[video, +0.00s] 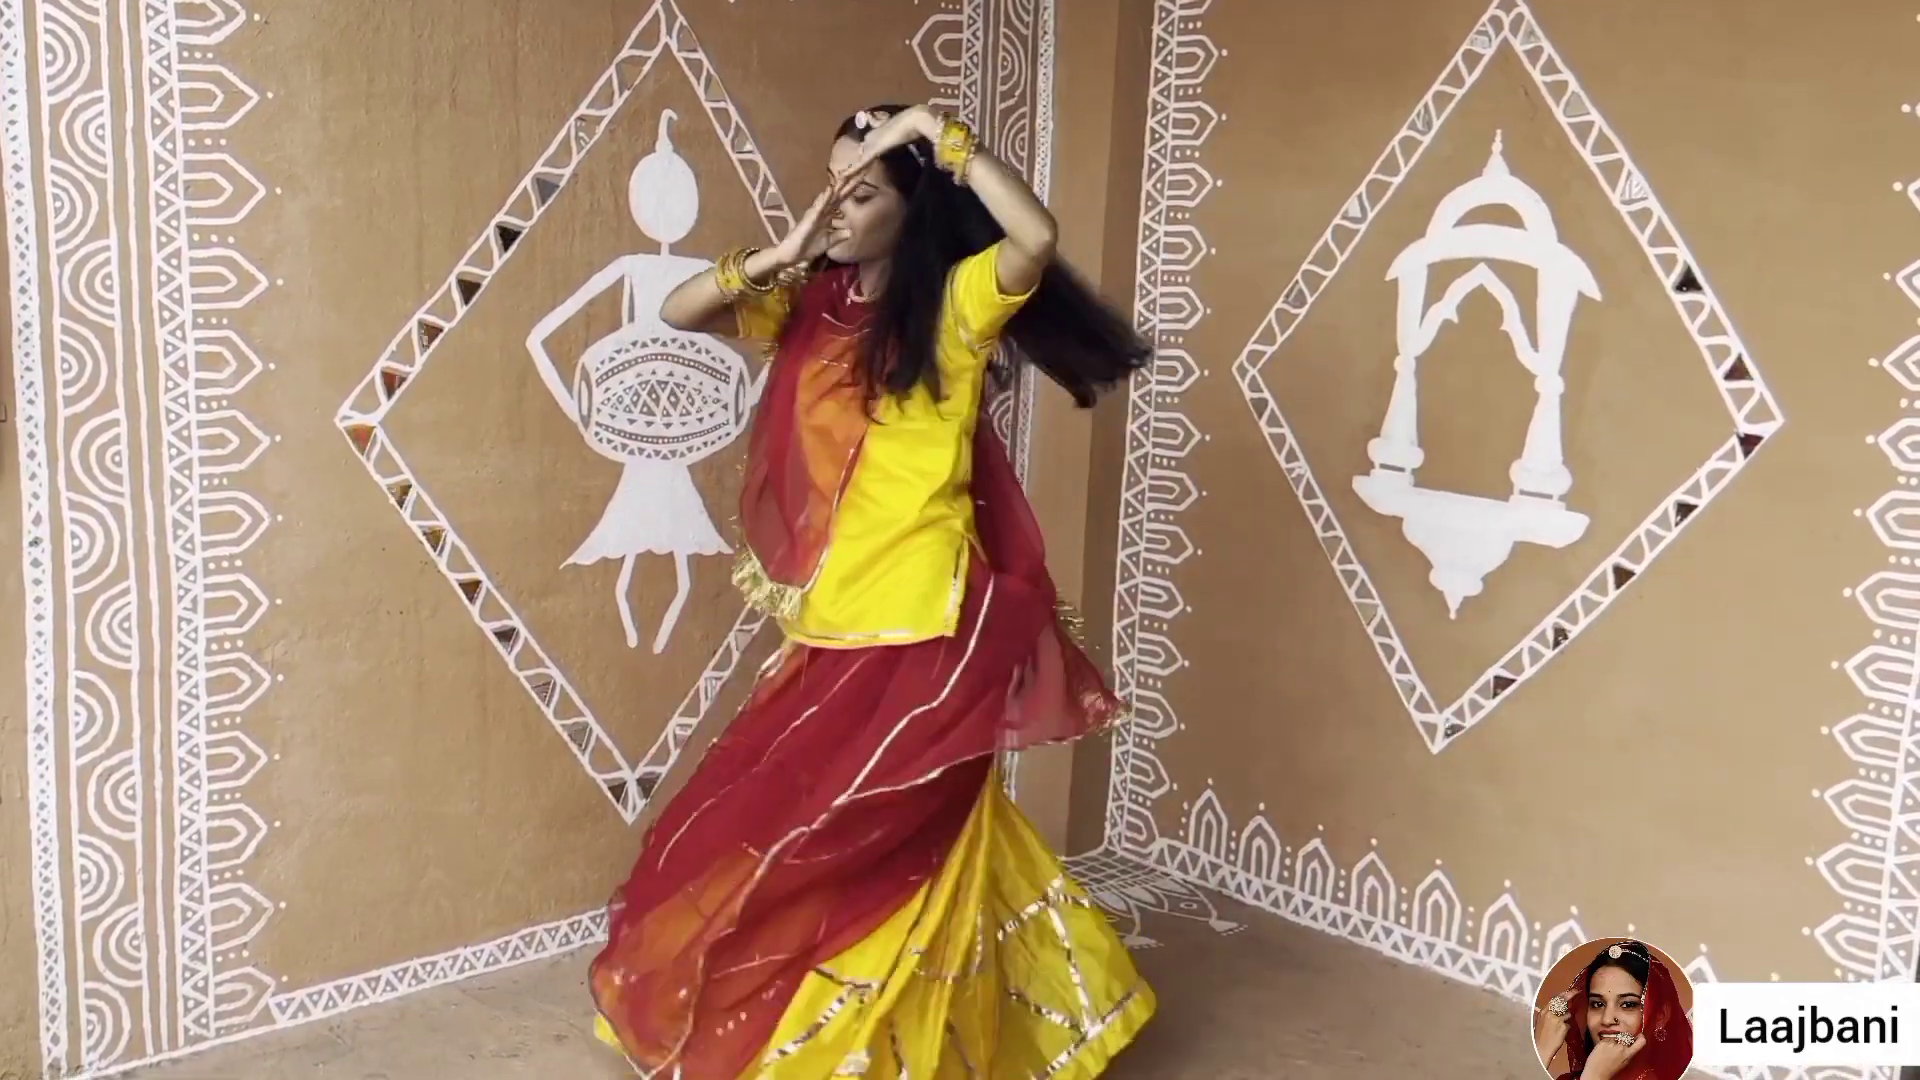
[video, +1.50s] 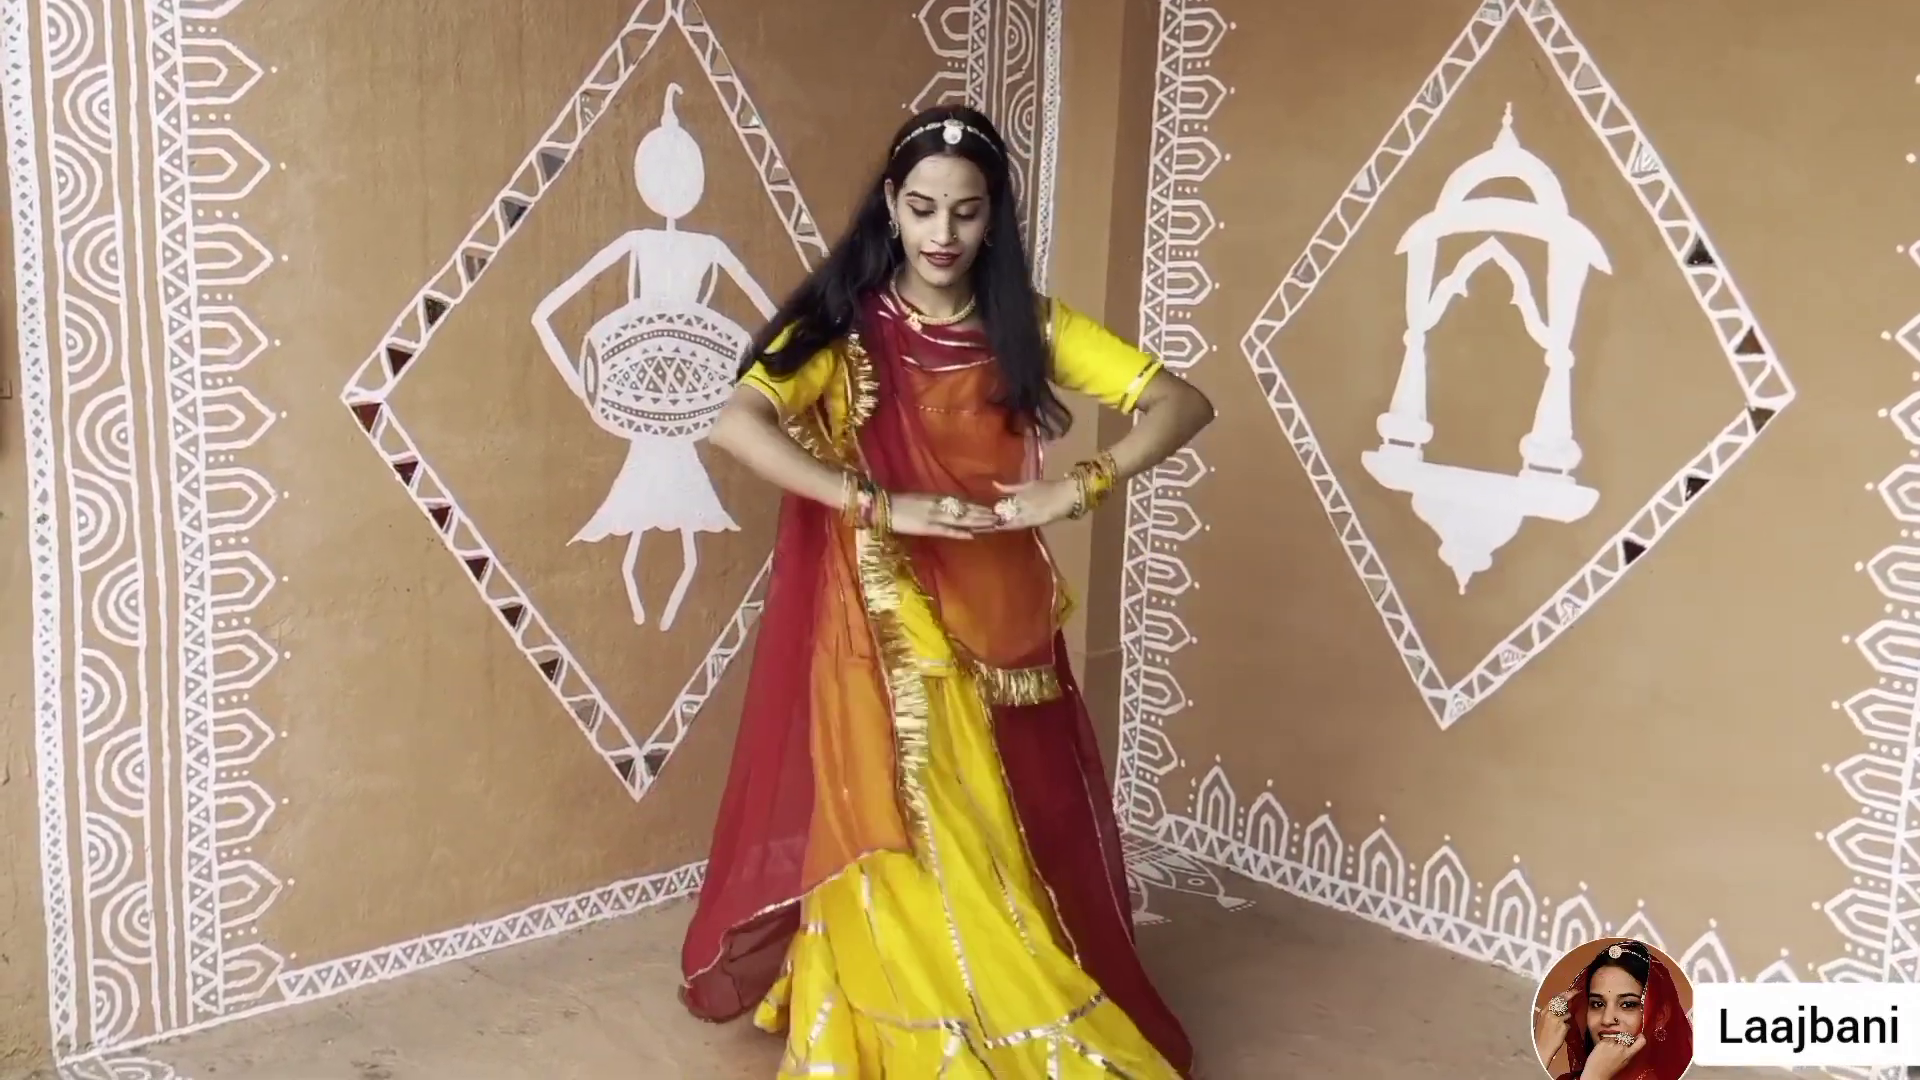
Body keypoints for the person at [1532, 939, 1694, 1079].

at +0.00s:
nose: (1608, 1019)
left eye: (1627, 1005)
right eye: (1597, 1004)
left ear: (1658, 1013)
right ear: (1585, 1011)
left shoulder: (1664, 1076)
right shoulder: (1567, 1078)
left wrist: (1595, 1076)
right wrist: (1538, 1056)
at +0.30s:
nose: (1607, 1019)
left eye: (1627, 1005)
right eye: (1597, 1004)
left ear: (1658, 1013)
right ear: (1586, 1011)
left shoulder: (1665, 1076)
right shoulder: (1567, 1077)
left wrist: (1596, 1075)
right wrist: (1538, 1056)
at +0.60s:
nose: (1608, 1019)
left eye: (1627, 1005)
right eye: (1597, 1004)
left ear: (1658, 1014)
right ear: (1586, 1011)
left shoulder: (1665, 1076)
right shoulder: (1567, 1078)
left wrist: (1596, 1075)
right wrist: (1539, 1055)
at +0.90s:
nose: (1608, 1019)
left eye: (1628, 1005)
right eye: (1597, 1004)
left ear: (1658, 1014)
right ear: (1585, 1011)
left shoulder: (1668, 1075)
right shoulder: (1567, 1078)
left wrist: (1595, 1075)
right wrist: (1539, 1055)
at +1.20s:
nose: (1608, 1019)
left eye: (1628, 1005)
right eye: (1597, 1004)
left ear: (1658, 1014)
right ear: (1585, 1011)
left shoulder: (1667, 1075)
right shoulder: (1567, 1078)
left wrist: (1595, 1075)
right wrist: (1539, 1055)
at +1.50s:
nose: (1608, 1019)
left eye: (1627, 1005)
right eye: (1597, 1004)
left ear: (1658, 1014)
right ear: (1585, 1012)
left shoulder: (1668, 1075)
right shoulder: (1567, 1077)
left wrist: (1595, 1075)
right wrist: (1538, 1057)